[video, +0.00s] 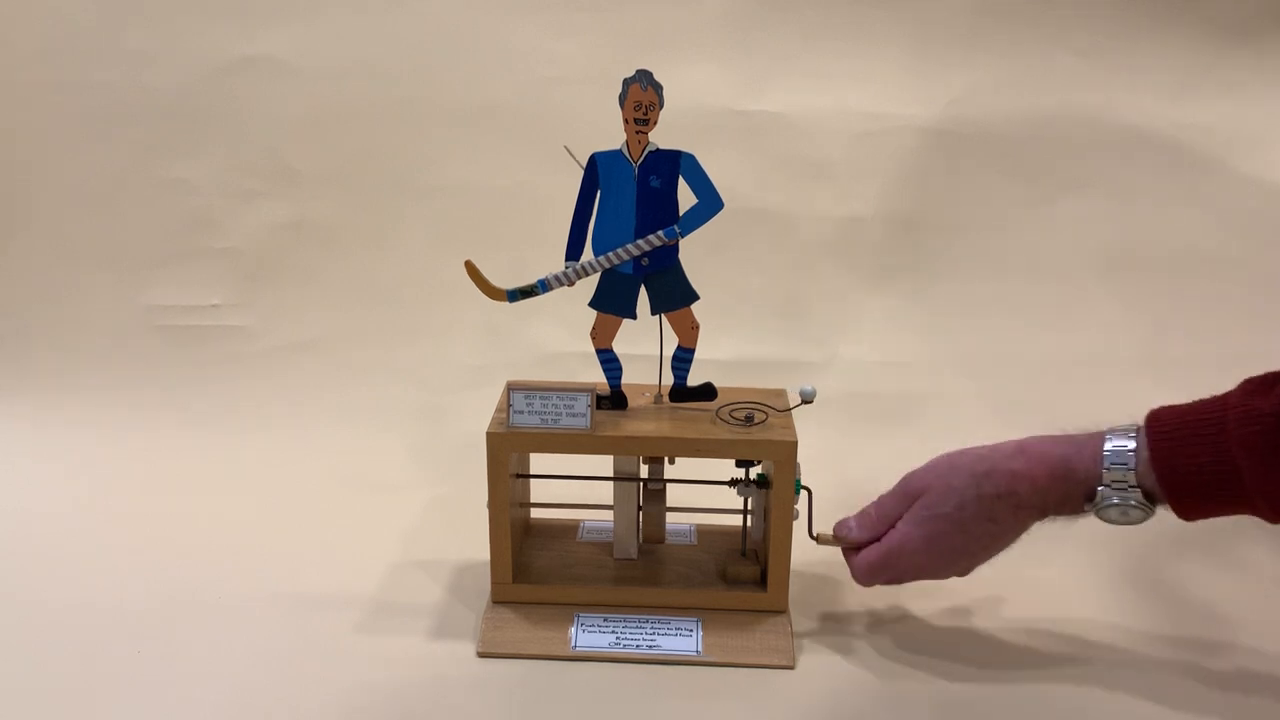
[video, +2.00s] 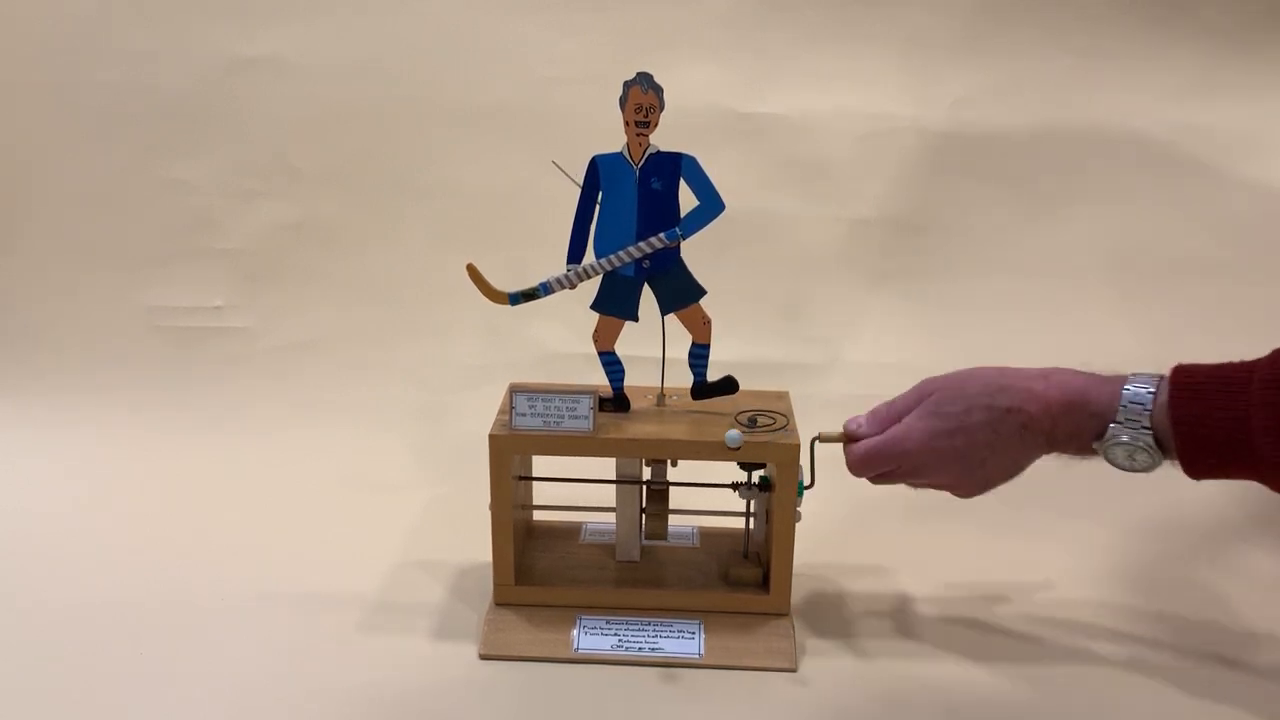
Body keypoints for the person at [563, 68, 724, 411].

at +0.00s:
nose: (643, 112)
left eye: (651, 106)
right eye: (636, 105)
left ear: (659, 113)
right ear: (622, 110)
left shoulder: (676, 161)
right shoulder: (600, 163)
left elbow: (713, 202)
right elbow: (581, 217)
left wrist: (676, 232)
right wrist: (571, 265)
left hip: (662, 265)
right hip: (618, 266)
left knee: (689, 330)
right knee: (601, 337)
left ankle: (678, 389)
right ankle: (616, 393)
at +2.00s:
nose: (644, 116)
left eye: (651, 109)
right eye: (637, 108)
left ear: (660, 115)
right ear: (622, 112)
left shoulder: (678, 163)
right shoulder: (601, 165)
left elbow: (714, 205)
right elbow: (582, 220)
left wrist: (675, 235)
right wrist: (573, 267)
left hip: (665, 265)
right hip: (620, 267)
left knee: (701, 326)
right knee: (603, 339)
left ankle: (700, 385)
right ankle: (619, 396)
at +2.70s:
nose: (642, 118)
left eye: (649, 112)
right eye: (635, 111)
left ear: (658, 119)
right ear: (621, 116)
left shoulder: (676, 167)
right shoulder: (600, 169)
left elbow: (713, 208)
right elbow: (582, 223)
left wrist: (674, 239)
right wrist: (572, 271)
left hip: (666, 262)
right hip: (621, 268)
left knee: (720, 311)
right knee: (603, 343)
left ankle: (738, 368)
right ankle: (618, 400)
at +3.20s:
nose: (647, 121)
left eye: (654, 114)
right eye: (640, 113)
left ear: (663, 122)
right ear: (626, 118)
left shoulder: (681, 170)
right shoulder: (604, 171)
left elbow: (716, 211)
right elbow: (585, 224)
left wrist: (676, 241)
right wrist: (575, 270)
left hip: (667, 270)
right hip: (621, 272)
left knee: (706, 330)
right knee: (603, 344)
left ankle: (707, 389)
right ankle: (618, 402)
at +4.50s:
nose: (643, 121)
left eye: (651, 115)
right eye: (637, 113)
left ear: (660, 121)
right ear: (622, 118)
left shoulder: (676, 170)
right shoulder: (601, 171)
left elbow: (713, 211)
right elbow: (581, 225)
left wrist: (675, 241)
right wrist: (571, 273)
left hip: (661, 277)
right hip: (617, 277)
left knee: (675, 343)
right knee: (600, 344)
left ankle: (658, 400)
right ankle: (615, 401)